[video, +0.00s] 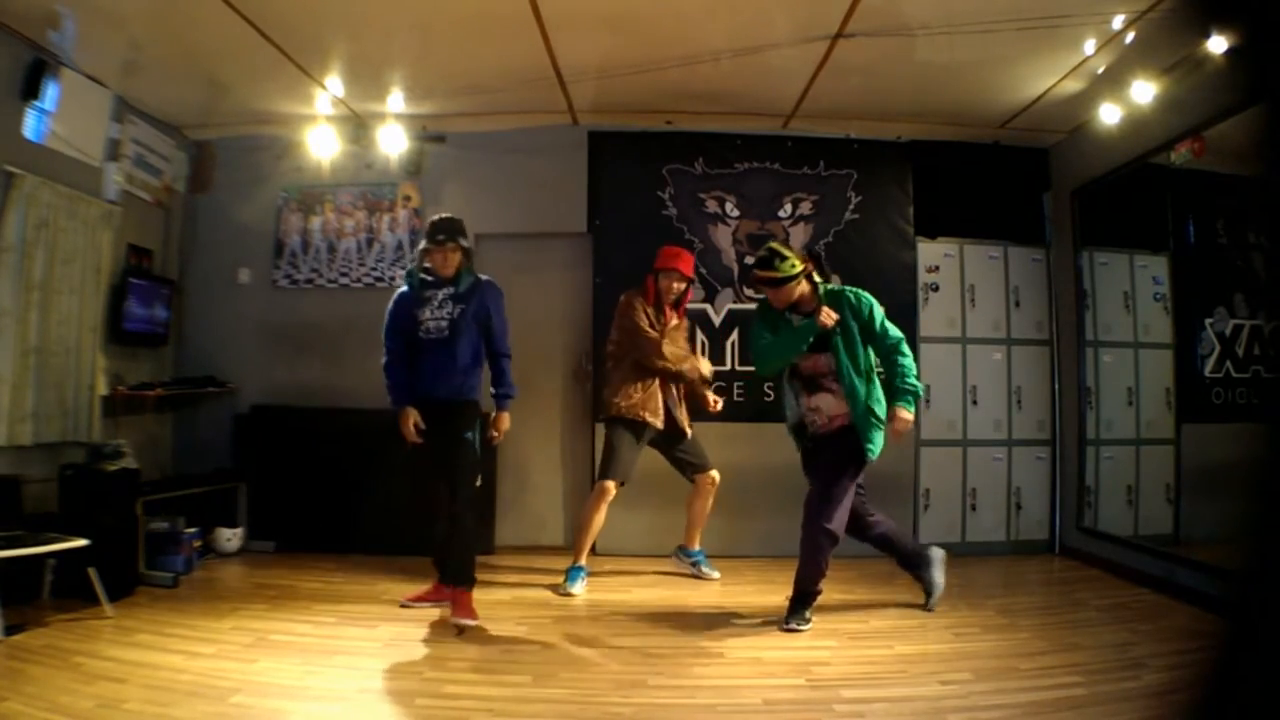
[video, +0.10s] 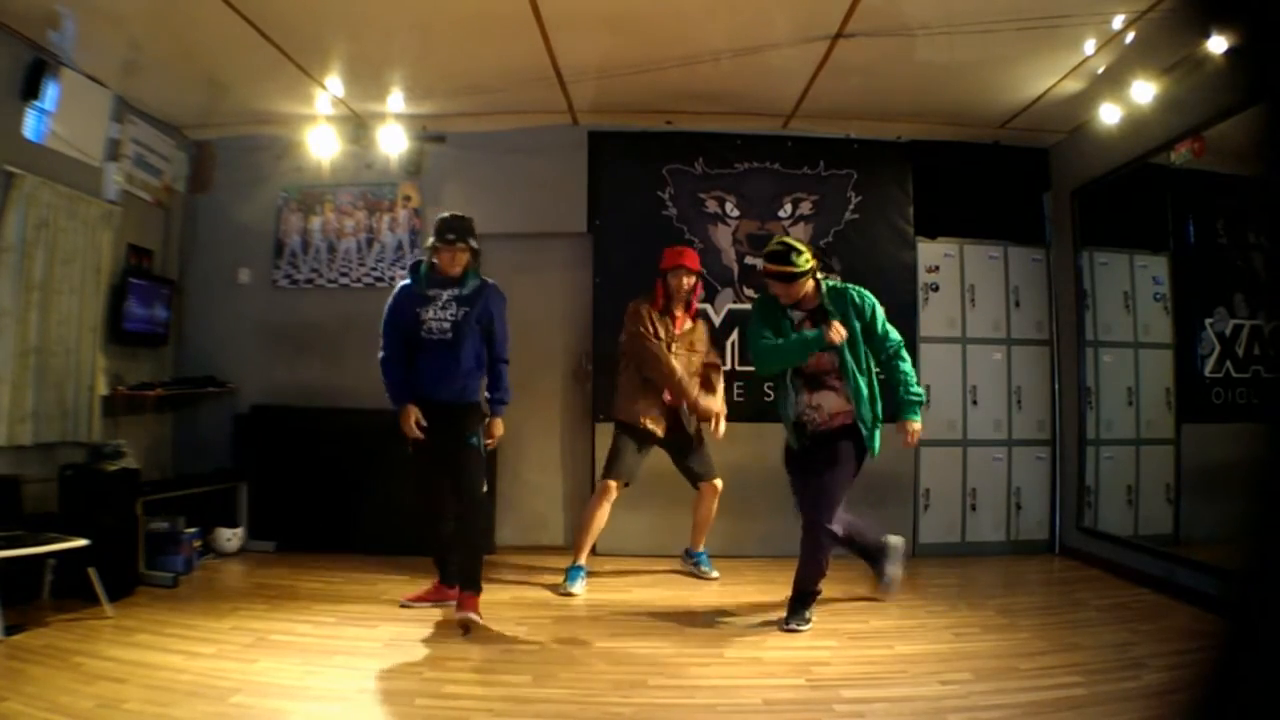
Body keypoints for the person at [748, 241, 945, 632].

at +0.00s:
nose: (768, 295)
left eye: (774, 286)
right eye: (764, 287)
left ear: (800, 276)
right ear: (763, 285)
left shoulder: (852, 303)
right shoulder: (769, 317)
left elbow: (895, 346)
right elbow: (762, 361)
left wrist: (904, 399)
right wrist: (810, 327)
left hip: (854, 429)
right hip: (810, 437)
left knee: (820, 517)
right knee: (856, 518)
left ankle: (801, 603)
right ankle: (924, 561)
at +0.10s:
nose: (773, 288)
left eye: (780, 281)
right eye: (770, 280)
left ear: (804, 276)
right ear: (769, 278)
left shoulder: (853, 301)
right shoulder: (768, 310)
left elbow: (893, 351)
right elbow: (761, 357)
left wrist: (910, 409)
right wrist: (818, 338)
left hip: (848, 428)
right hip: (801, 433)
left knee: (821, 514)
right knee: (816, 516)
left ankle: (802, 601)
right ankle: (879, 549)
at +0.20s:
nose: (783, 283)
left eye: (791, 277)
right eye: (780, 275)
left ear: (815, 275)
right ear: (777, 273)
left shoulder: (860, 302)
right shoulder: (770, 308)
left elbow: (890, 356)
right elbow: (763, 360)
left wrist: (909, 413)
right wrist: (821, 367)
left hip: (841, 435)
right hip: (793, 435)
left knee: (822, 525)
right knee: (781, 515)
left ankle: (801, 603)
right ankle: (823, 540)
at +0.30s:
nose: (805, 280)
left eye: (815, 272)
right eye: (798, 271)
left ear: (831, 271)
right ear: (787, 269)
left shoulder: (864, 305)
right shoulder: (773, 308)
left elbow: (888, 362)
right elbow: (767, 372)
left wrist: (904, 418)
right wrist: (806, 414)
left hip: (844, 439)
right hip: (788, 434)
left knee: (826, 527)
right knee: (753, 511)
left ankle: (800, 602)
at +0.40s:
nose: (819, 277)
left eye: (828, 269)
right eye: (811, 268)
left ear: (843, 270)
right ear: (799, 268)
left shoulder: (868, 309)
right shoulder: (779, 309)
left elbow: (885, 370)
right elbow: (765, 379)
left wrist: (894, 424)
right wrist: (767, 444)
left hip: (844, 440)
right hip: (789, 436)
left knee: (830, 529)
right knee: (740, 510)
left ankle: (799, 601)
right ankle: (686, 558)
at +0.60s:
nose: (836, 272)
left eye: (844, 264)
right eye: (828, 263)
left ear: (856, 267)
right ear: (814, 263)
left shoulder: (872, 311)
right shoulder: (787, 304)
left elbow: (882, 373)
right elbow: (754, 368)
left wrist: (886, 428)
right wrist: (726, 429)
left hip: (847, 436)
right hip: (792, 432)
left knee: (839, 527)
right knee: (760, 514)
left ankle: (800, 600)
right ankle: (719, 597)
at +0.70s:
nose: (839, 264)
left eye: (847, 256)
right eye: (831, 255)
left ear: (859, 261)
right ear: (818, 258)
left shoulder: (875, 308)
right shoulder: (789, 298)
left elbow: (886, 370)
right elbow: (757, 359)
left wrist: (892, 422)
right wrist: (733, 419)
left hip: (850, 429)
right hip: (797, 426)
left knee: (838, 519)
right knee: (799, 510)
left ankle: (806, 591)